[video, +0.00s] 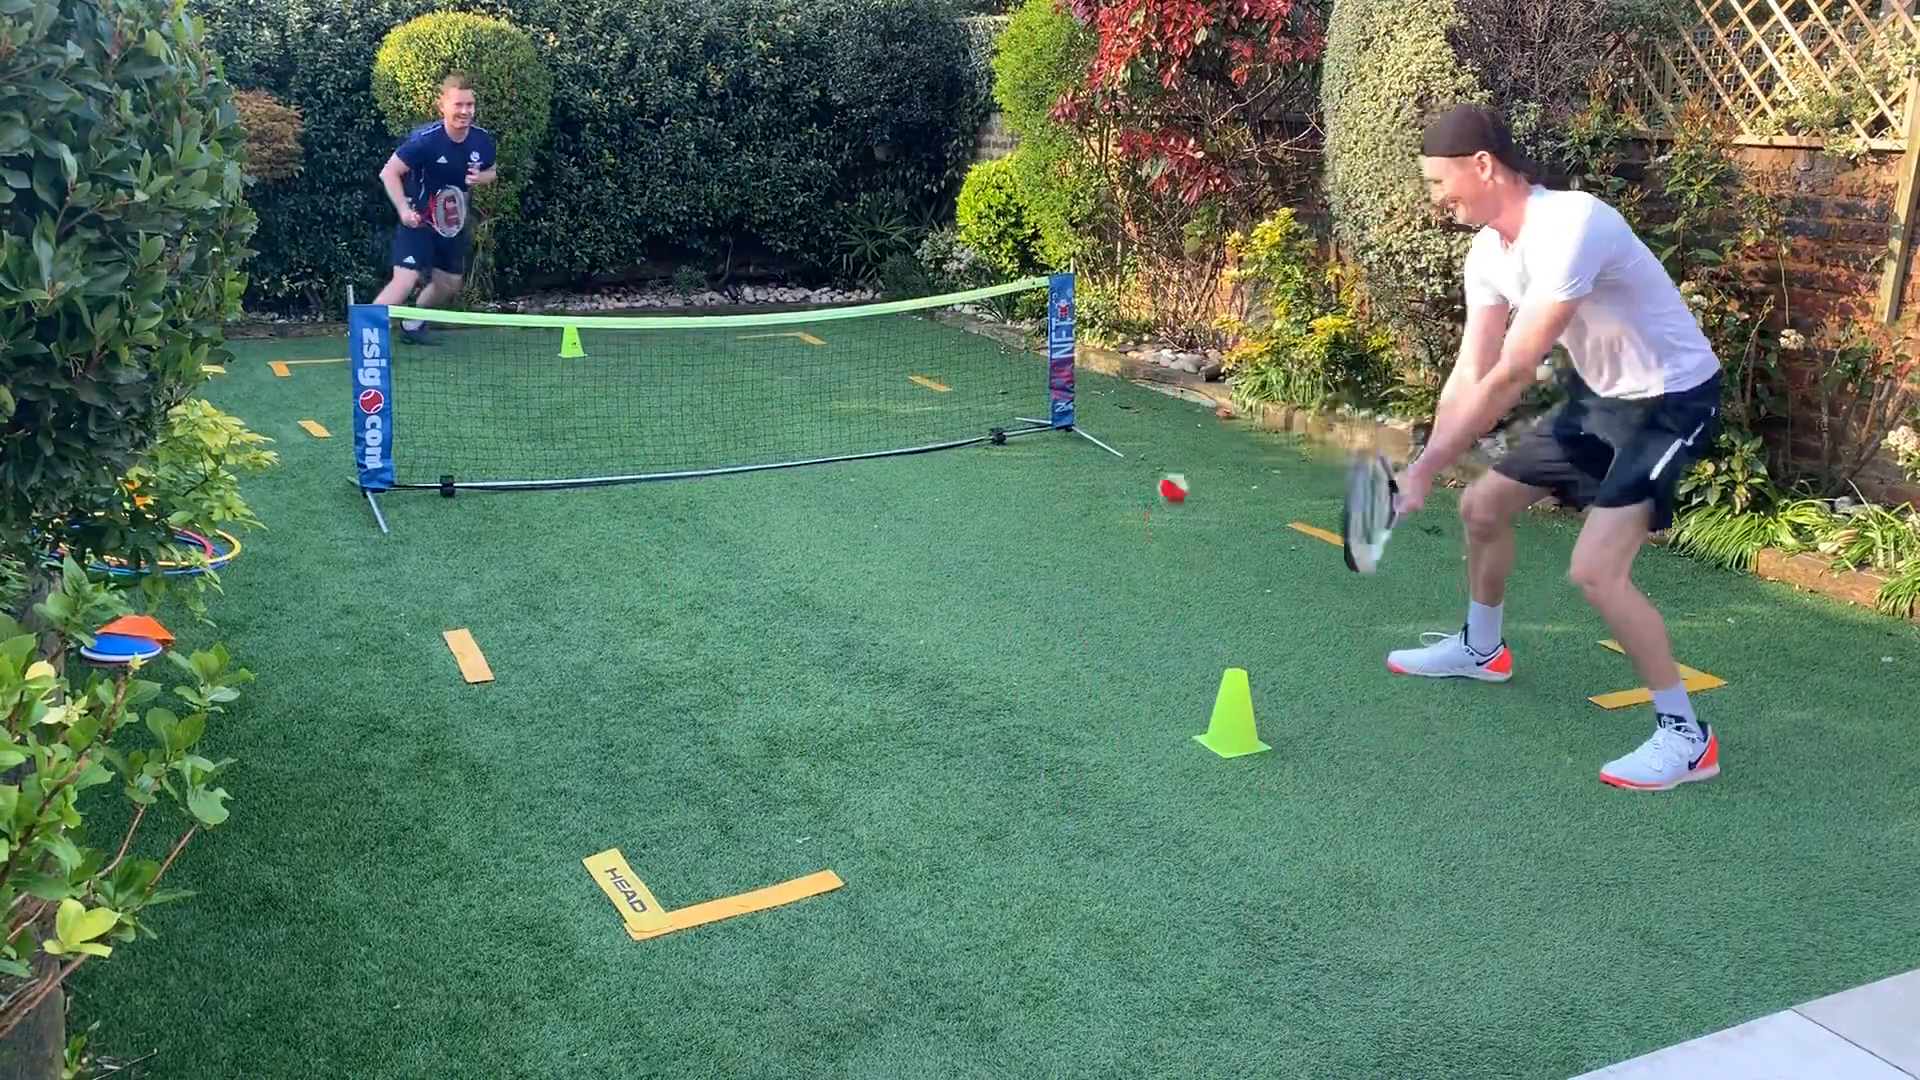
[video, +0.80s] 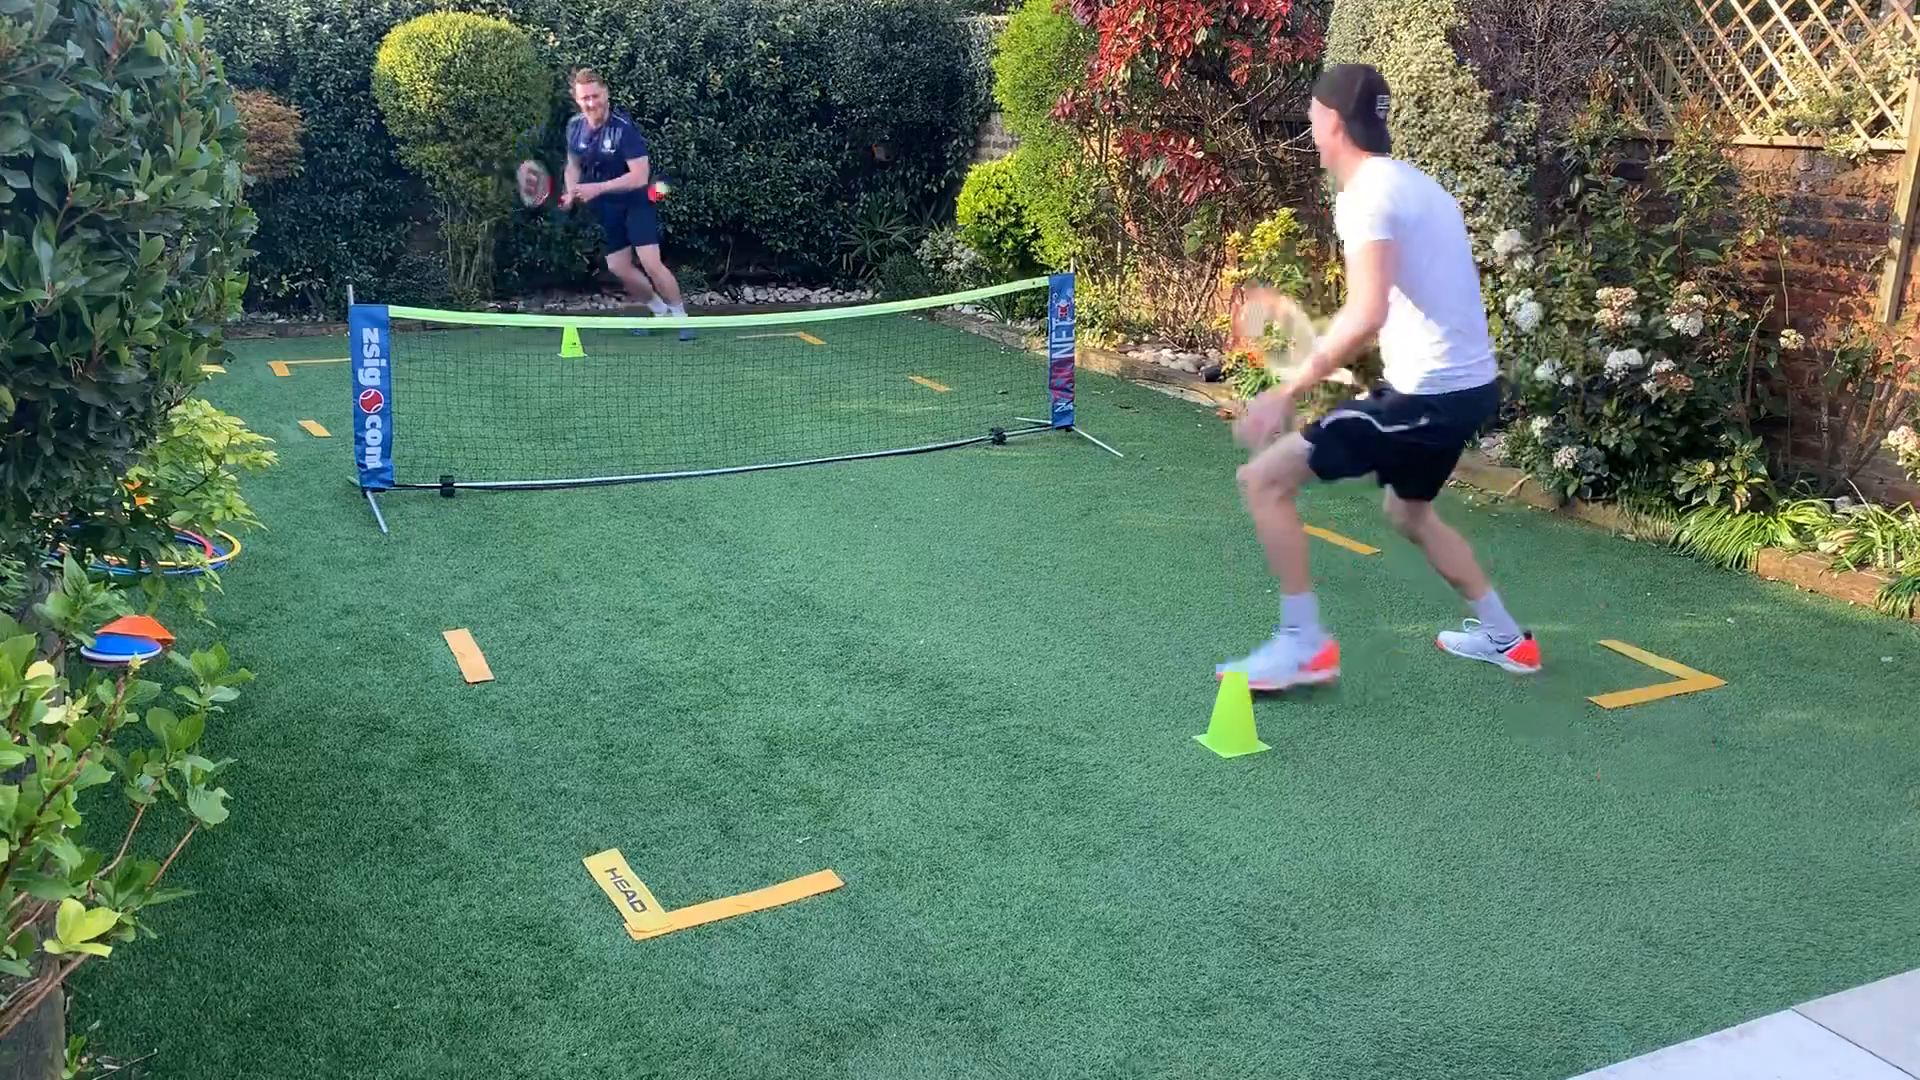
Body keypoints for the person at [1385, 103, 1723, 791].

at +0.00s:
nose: (1436, 200)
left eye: (1440, 182)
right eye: (1430, 186)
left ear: (1485, 166)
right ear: (1478, 172)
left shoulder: (1576, 224)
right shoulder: (1488, 253)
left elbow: (1517, 371)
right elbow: (1471, 371)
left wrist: (1427, 464)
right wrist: (1424, 466)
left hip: (1674, 399)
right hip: (1601, 398)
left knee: (1597, 571)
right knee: (1483, 507)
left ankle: (1685, 734)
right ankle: (1482, 647)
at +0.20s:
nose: (1465, 179)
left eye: (1470, 162)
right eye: (1460, 165)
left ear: (1515, 149)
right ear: (1506, 154)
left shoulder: (1570, 220)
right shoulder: (1528, 229)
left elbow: (1478, 348)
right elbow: (1501, 351)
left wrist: (1383, 401)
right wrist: (1458, 373)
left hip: (1668, 412)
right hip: (1609, 404)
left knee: (1567, 586)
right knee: (1486, 501)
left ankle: (1682, 734)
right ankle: (1484, 647)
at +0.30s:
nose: (1463, 149)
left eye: (1468, 133)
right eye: (1461, 135)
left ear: (1509, 127)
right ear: (1515, 129)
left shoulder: (1557, 196)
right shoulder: (1549, 199)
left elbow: (1457, 309)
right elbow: (1520, 327)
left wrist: (1368, 326)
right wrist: (1415, 343)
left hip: (1642, 409)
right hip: (1589, 399)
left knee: (1564, 589)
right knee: (1473, 491)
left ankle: (1682, 734)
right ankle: (1487, 645)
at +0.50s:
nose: (1437, 104)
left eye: (1442, 91)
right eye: (1440, 90)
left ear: (1469, 94)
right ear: (1497, 93)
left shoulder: (1490, 171)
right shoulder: (1543, 167)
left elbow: (1440, 297)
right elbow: (1507, 292)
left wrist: (1406, 284)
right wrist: (1428, 288)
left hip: (1554, 395)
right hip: (1517, 387)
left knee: (1537, 582)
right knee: (1444, 501)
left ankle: (1673, 725)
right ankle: (1506, 633)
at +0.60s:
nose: (1408, 109)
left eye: (1413, 97)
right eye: (1410, 96)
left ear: (1436, 105)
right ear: (1469, 106)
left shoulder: (1447, 182)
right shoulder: (1514, 176)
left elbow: (1423, 322)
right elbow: (1492, 302)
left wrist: (1372, 347)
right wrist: (1413, 320)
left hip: (1505, 391)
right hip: (1526, 379)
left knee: (1447, 568)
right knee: (1429, 496)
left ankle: (1606, 666)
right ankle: (1506, 631)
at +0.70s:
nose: (1362, 124)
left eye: (1367, 111)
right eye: (1364, 110)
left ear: (1389, 118)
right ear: (1421, 118)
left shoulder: (1411, 192)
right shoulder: (1473, 183)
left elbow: (1404, 325)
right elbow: (1483, 298)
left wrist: (1334, 400)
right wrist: (1401, 327)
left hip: (1468, 395)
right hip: (1510, 388)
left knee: (1344, 521)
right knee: (1428, 505)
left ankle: (1467, 637)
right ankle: (1505, 634)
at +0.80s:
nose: (1312, 134)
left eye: (1316, 121)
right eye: (1312, 121)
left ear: (1336, 125)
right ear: (1370, 123)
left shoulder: (1367, 194)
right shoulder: (1424, 185)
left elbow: (1367, 313)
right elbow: (1415, 305)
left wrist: (1286, 393)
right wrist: (1318, 335)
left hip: (1424, 397)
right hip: (1468, 391)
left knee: (1265, 479)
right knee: (1411, 511)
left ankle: (1303, 639)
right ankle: (1502, 633)